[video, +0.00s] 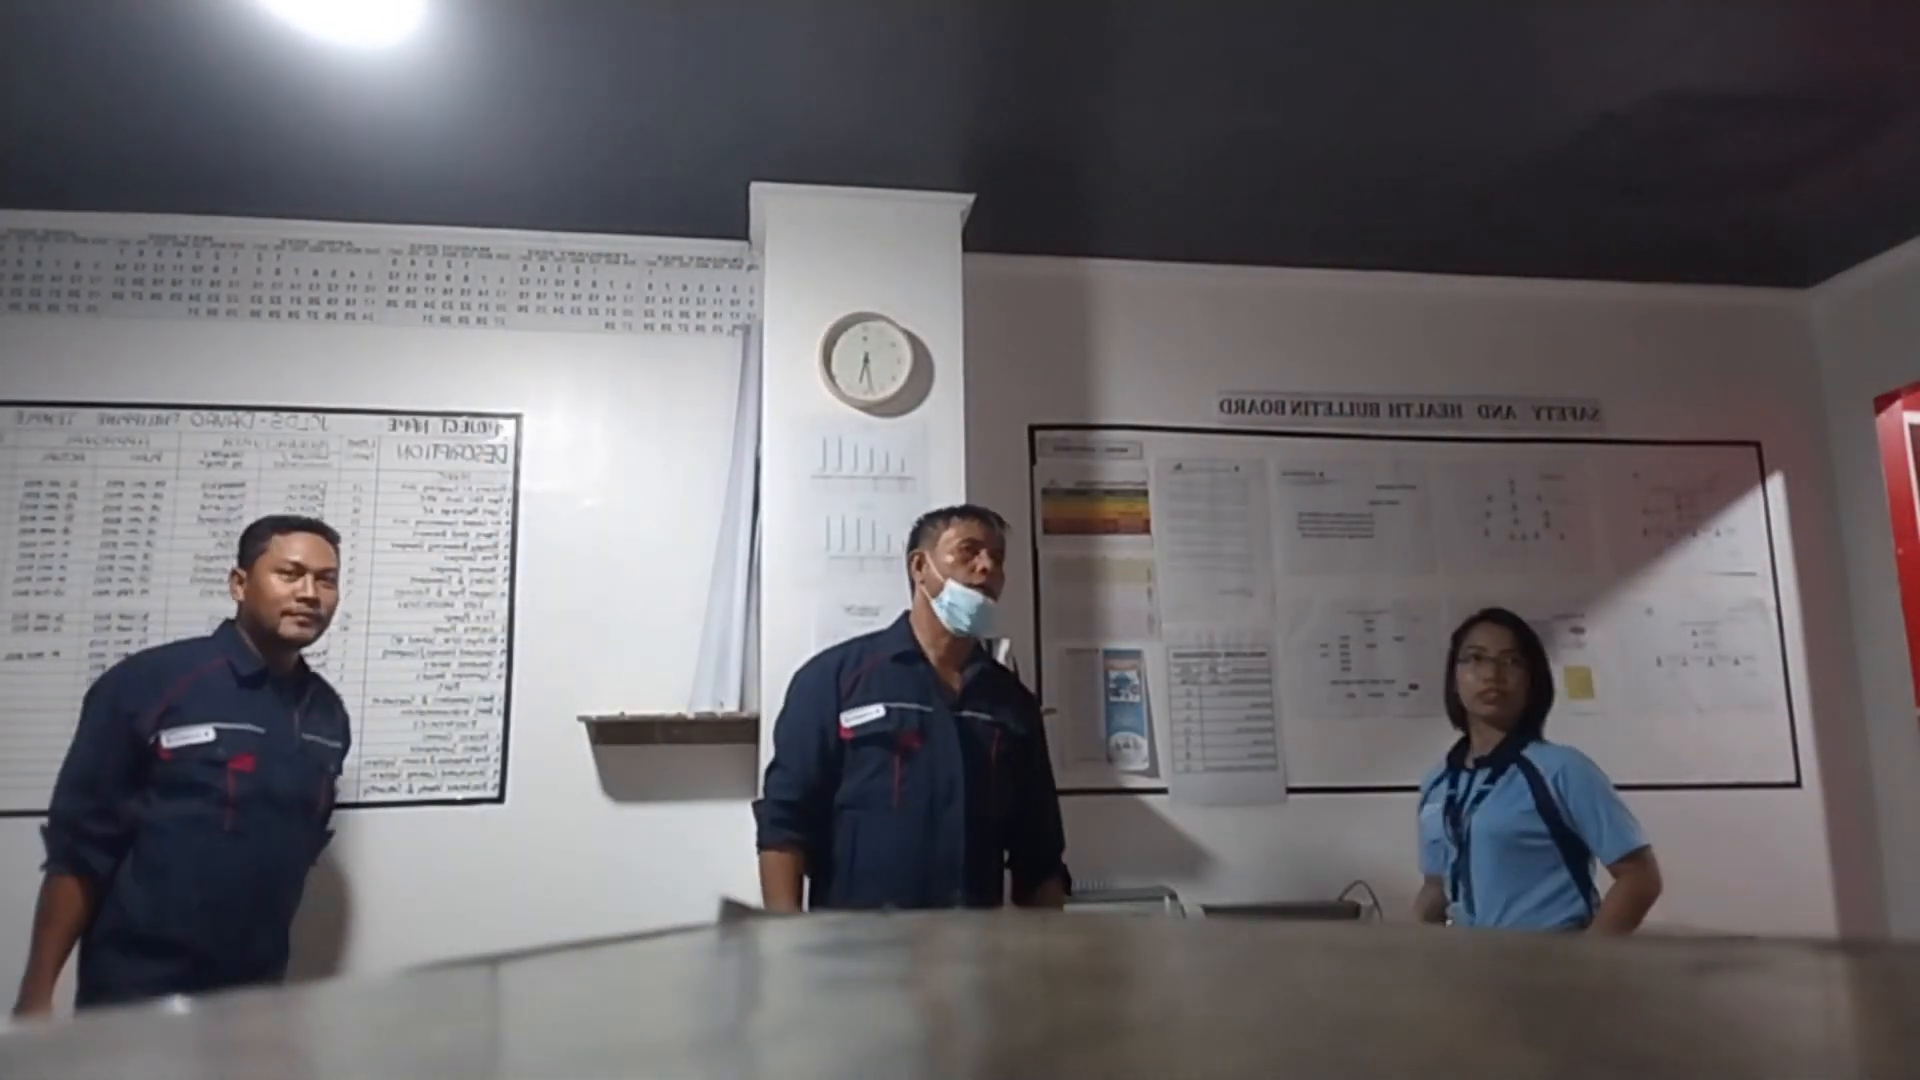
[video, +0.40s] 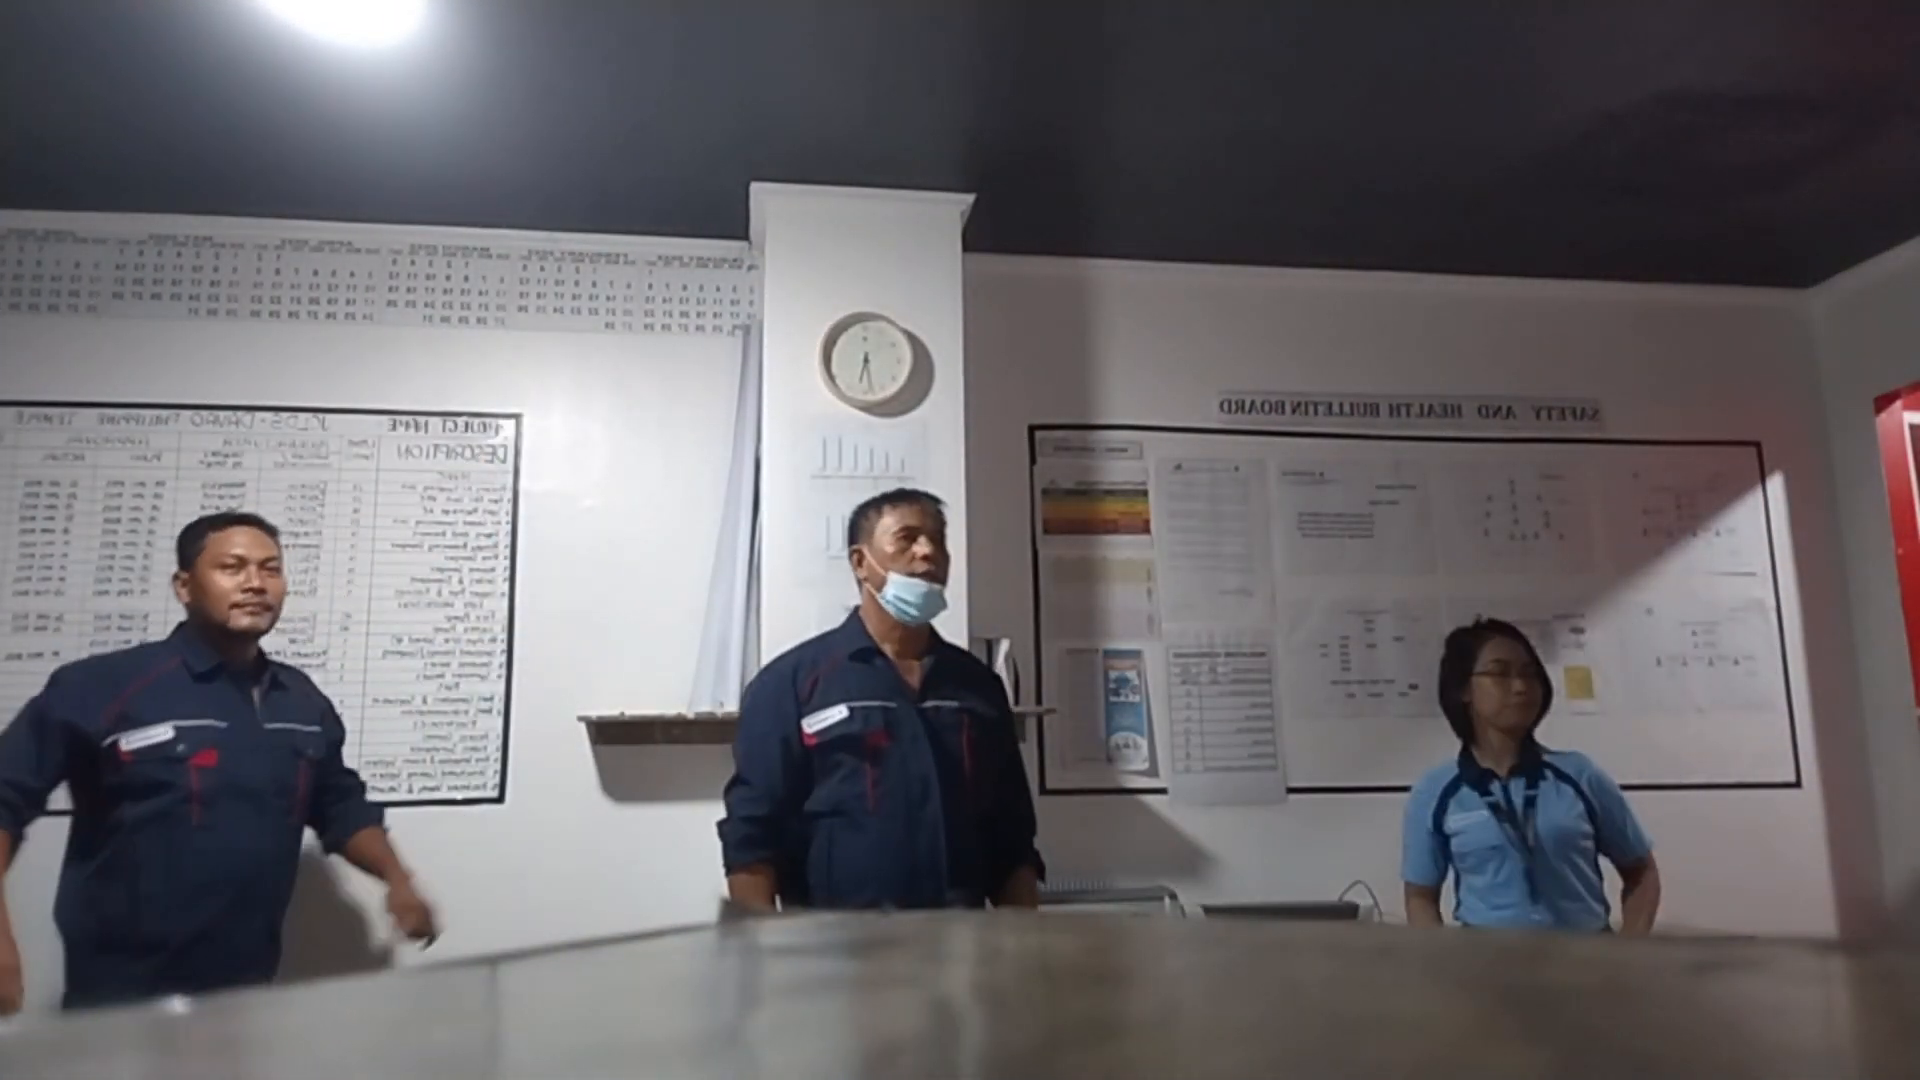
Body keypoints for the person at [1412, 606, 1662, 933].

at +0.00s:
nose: (1491, 675)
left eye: (1510, 662)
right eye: (1475, 659)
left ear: (1533, 679)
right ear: (1454, 677)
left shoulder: (1562, 770)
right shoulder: (1437, 786)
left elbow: (1640, 880)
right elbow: (1437, 889)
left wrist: (1579, 969)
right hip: (1469, 975)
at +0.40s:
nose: (1520, 686)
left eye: (1528, 673)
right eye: (1501, 673)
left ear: (1542, 686)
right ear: (1464, 690)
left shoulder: (1580, 776)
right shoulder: (1437, 793)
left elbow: (1641, 873)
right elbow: (1421, 899)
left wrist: (1626, 958)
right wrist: (1446, 970)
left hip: (1586, 969)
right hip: (1487, 972)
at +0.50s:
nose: (1540, 688)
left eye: (1547, 676)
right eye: (1521, 675)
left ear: (1557, 687)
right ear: (1476, 686)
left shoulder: (1581, 778)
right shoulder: (1444, 791)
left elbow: (1629, 871)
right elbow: (1425, 897)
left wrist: (1659, 942)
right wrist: (1468, 957)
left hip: (1596, 962)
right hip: (1501, 966)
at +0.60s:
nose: (1554, 691)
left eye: (1559, 679)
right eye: (1535, 677)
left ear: (1566, 686)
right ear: (1490, 684)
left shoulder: (1575, 778)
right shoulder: (1450, 791)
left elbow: (1610, 867)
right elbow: (1433, 896)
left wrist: (1669, 906)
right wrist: (1489, 952)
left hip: (1603, 963)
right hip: (1518, 968)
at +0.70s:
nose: (1563, 694)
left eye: (1564, 682)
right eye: (1548, 679)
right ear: (1503, 684)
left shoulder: (1559, 781)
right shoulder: (1459, 786)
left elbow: (1604, 862)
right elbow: (1445, 892)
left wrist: (1677, 861)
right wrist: (1530, 939)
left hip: (1594, 961)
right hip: (1523, 969)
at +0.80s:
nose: (1567, 699)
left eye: (1568, 687)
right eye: (1554, 684)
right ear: (1511, 684)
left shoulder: (1542, 770)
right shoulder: (1470, 778)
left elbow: (1610, 849)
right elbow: (1460, 887)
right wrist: (1566, 929)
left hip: (1581, 958)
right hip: (1524, 967)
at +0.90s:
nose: (1572, 705)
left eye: (1574, 691)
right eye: (1561, 688)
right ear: (1521, 686)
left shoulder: (1541, 773)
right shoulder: (1487, 770)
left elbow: (1617, 826)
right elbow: (1482, 882)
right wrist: (1595, 921)